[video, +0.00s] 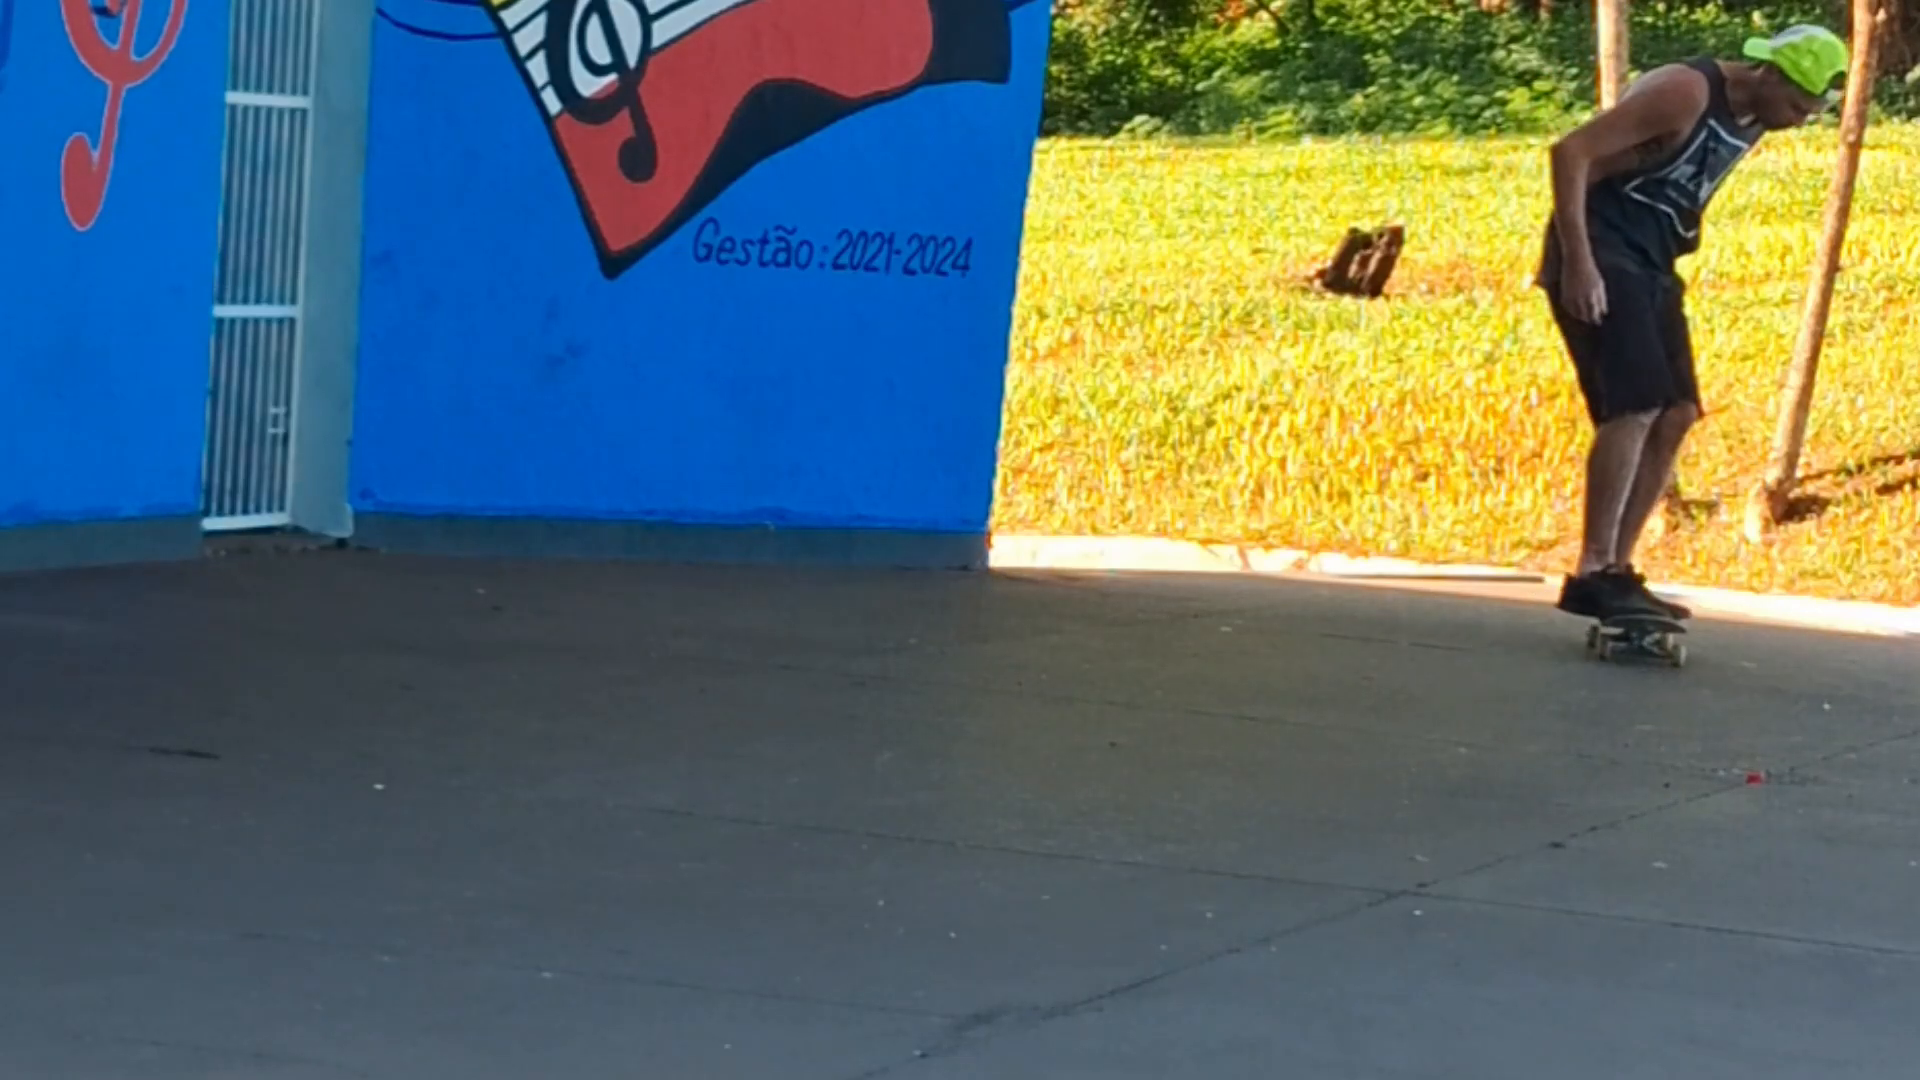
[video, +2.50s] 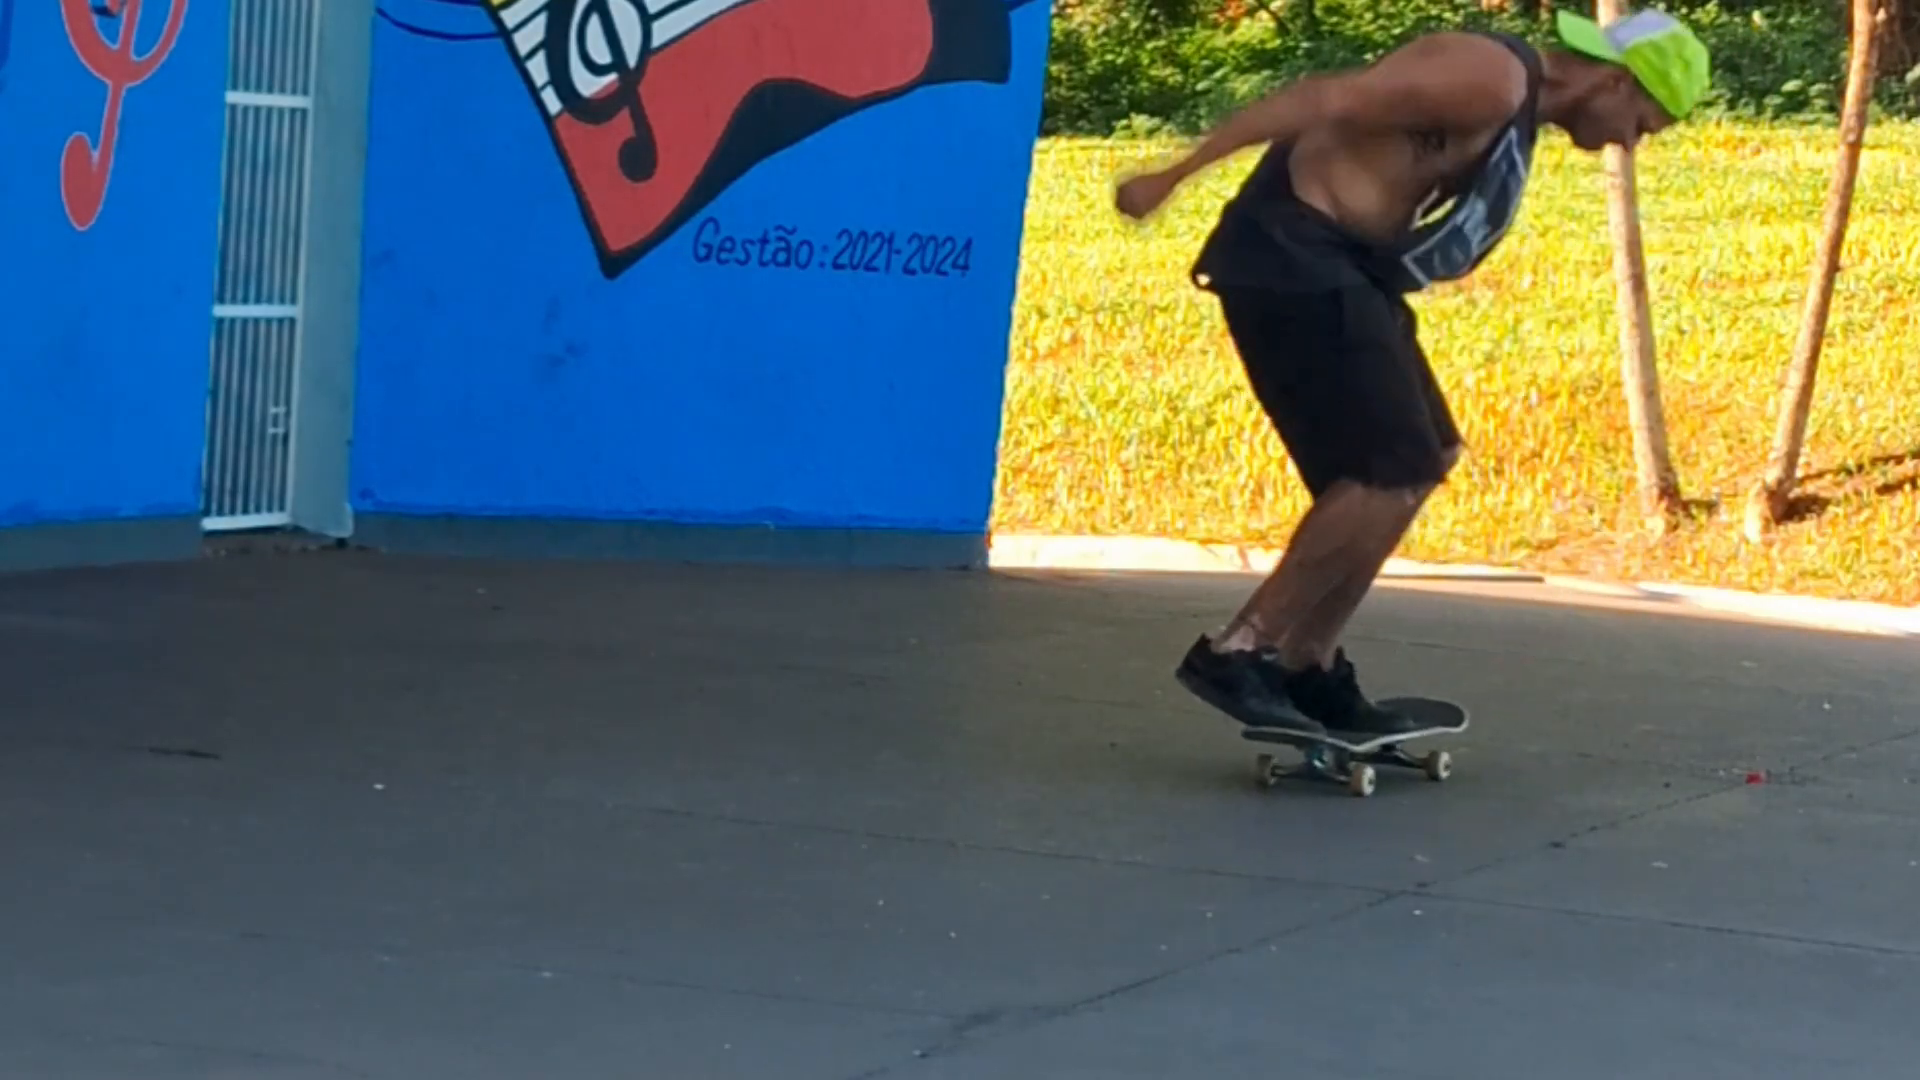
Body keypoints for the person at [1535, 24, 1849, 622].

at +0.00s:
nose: (1804, 116)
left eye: (1813, 108)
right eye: (1803, 102)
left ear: (1781, 83)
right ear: (1772, 74)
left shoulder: (1751, 120)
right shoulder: (1682, 91)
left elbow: (1676, 180)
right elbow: (1569, 153)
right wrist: (1578, 260)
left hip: (1650, 267)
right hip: (1597, 255)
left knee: (1676, 410)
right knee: (1632, 405)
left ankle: (1614, 570)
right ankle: (1591, 574)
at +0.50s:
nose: (1835, 151)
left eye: (1848, 145)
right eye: (1845, 137)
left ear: (1824, 98)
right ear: (1828, 98)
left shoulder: (1751, 123)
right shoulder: (1730, 100)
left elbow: (1649, 194)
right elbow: (1617, 163)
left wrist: (1643, 286)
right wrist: (1613, 281)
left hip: (1636, 270)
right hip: (1589, 262)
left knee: (1675, 420)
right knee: (1635, 426)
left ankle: (1626, 594)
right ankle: (1595, 602)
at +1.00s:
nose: (1834, 191)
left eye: (1846, 185)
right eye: (1843, 176)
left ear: (1824, 136)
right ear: (1824, 137)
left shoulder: (1743, 162)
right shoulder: (1728, 128)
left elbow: (1630, 232)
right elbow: (1604, 186)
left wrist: (1627, 314)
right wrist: (1598, 312)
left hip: (1584, 272)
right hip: (1545, 266)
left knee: (1653, 435)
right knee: (1618, 437)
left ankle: (1584, 616)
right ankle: (1568, 625)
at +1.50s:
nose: (1790, 230)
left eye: (1804, 225)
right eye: (1801, 215)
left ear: (1785, 177)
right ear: (1784, 172)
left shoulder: (1700, 185)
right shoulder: (1693, 157)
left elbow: (1572, 249)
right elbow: (1561, 217)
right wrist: (1554, 357)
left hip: (1514, 266)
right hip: (1474, 254)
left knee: (1598, 439)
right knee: (1565, 438)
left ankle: (1521, 633)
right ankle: (1466, 621)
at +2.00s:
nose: (1702, 281)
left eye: (1717, 276)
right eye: (1716, 267)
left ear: (1696, 217)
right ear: (1699, 223)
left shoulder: (1614, 210)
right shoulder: (1608, 205)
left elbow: (1490, 308)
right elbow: (1490, 297)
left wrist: (1424, 480)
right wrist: (1482, 449)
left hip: (1405, 275)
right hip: (1364, 270)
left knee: (1518, 445)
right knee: (1478, 469)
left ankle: (1416, 651)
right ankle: (1351, 641)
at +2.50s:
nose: (1628, 144)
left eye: (1646, 133)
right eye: (1643, 122)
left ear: (1609, 75)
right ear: (1615, 76)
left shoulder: (1513, 110)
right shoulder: (1491, 78)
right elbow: (1320, 101)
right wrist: (1173, 174)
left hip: (1345, 270)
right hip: (1295, 256)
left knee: (1422, 459)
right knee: (1394, 463)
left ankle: (1305, 665)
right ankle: (1239, 649)